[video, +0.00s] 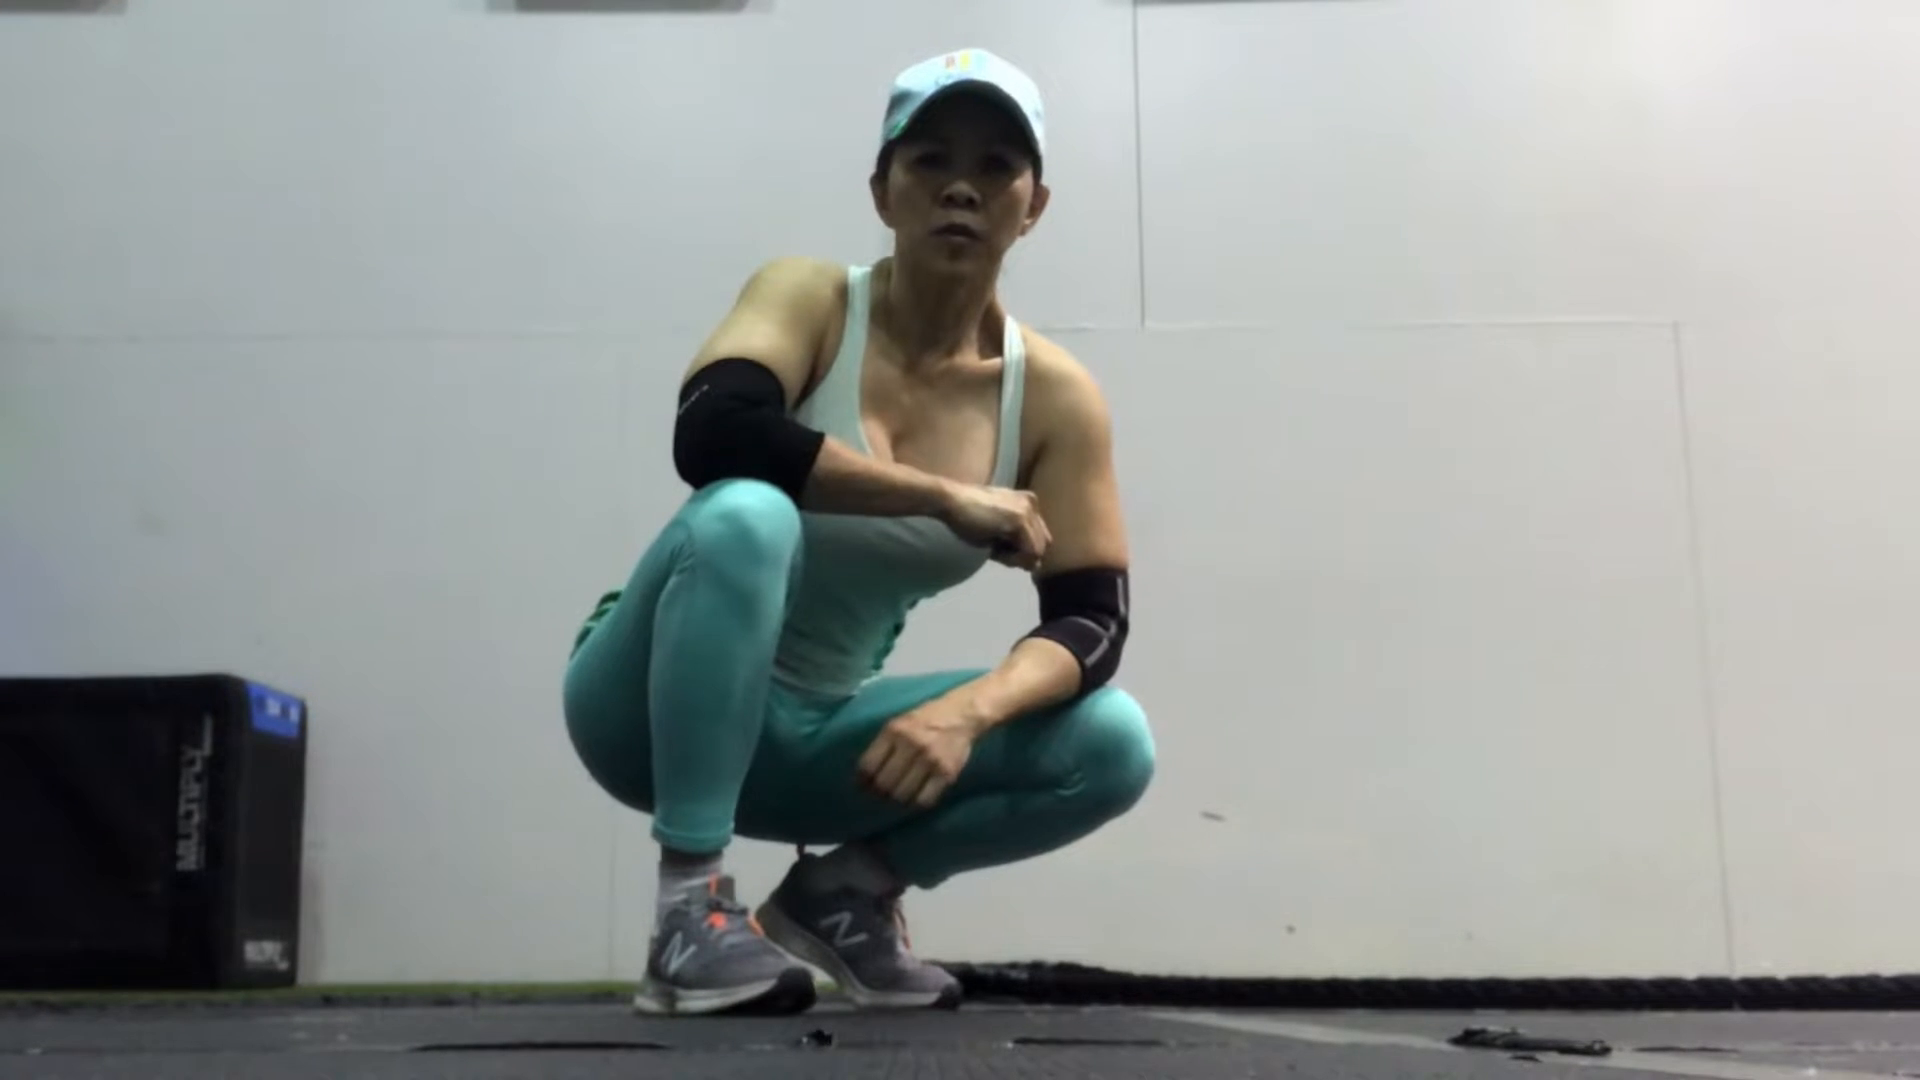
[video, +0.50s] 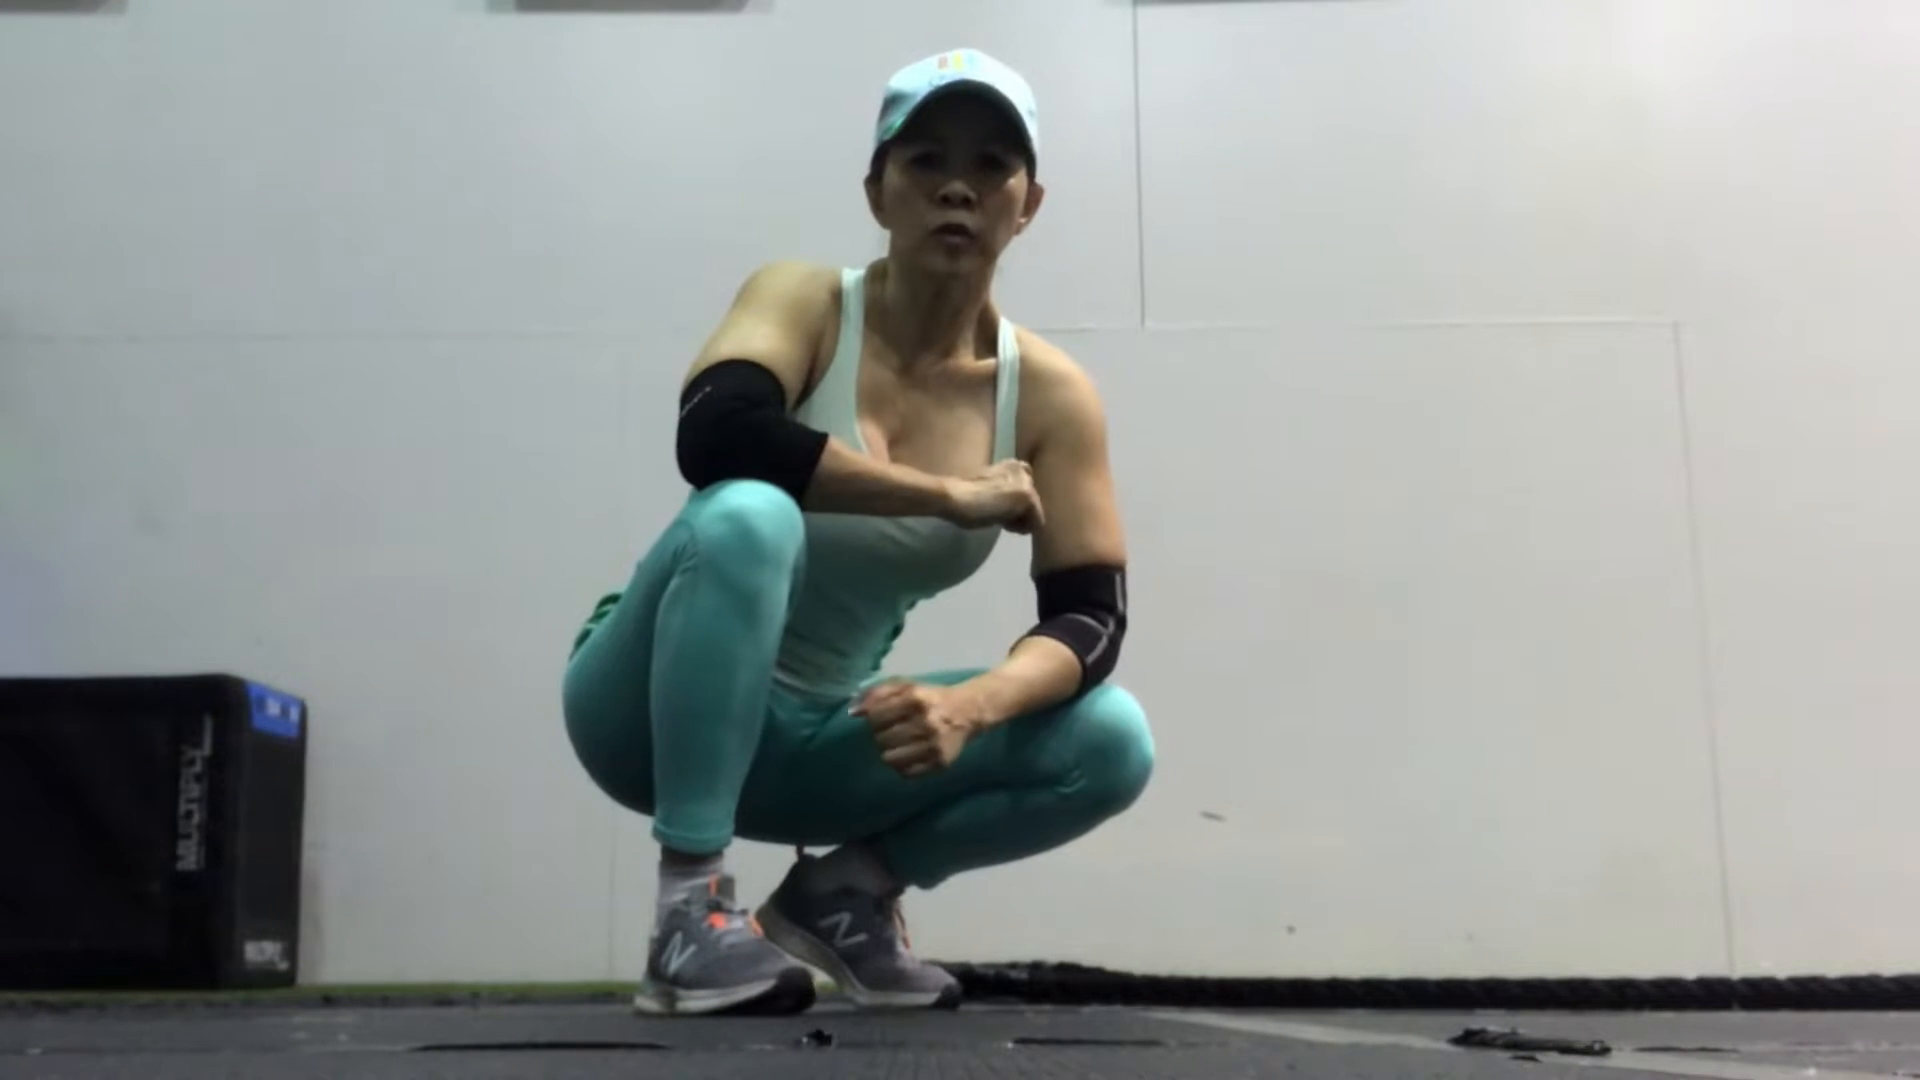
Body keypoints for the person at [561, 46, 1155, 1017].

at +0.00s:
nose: (960, 187)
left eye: (992, 165)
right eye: (931, 159)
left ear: (1033, 202)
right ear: (883, 189)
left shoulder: (1054, 398)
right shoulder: (804, 297)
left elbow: (1090, 621)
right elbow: (714, 434)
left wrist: (968, 710)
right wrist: (943, 498)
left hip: (821, 740)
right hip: (658, 705)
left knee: (1110, 745)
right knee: (747, 517)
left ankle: (840, 891)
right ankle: (691, 910)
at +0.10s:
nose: (960, 188)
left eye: (992, 166)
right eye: (931, 160)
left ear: (1032, 202)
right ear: (882, 188)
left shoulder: (1053, 397)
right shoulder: (803, 298)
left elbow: (1090, 623)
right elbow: (715, 434)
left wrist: (966, 704)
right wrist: (948, 501)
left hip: (823, 744)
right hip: (659, 709)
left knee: (1109, 745)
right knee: (746, 518)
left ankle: (840, 891)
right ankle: (691, 910)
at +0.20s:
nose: (958, 188)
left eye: (990, 165)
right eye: (929, 160)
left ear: (1032, 201)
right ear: (881, 188)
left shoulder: (1052, 396)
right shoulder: (801, 298)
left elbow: (1089, 625)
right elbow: (716, 435)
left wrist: (972, 691)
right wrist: (949, 493)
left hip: (831, 738)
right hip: (662, 707)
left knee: (1108, 744)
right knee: (746, 517)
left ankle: (840, 892)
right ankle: (691, 910)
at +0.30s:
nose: (956, 188)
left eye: (989, 165)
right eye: (927, 160)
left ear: (1030, 201)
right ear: (880, 187)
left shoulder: (1051, 396)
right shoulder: (799, 299)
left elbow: (1088, 622)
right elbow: (719, 436)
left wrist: (976, 703)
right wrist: (949, 496)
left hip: (826, 739)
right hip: (660, 708)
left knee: (1107, 744)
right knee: (747, 517)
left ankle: (839, 892)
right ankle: (691, 911)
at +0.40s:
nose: (955, 187)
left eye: (988, 165)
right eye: (926, 159)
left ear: (1029, 201)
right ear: (879, 187)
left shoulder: (1049, 396)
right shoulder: (800, 299)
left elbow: (1088, 622)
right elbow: (718, 436)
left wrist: (972, 705)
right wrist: (948, 498)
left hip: (821, 743)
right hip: (657, 709)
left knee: (1108, 744)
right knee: (748, 518)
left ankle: (839, 892)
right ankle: (691, 911)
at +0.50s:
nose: (956, 187)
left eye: (988, 164)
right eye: (926, 160)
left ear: (1028, 202)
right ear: (878, 188)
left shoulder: (1048, 395)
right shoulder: (799, 300)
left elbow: (1088, 622)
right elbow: (719, 436)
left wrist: (969, 705)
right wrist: (948, 496)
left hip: (819, 745)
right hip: (656, 710)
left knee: (1108, 743)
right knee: (749, 517)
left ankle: (840, 892)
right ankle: (691, 911)